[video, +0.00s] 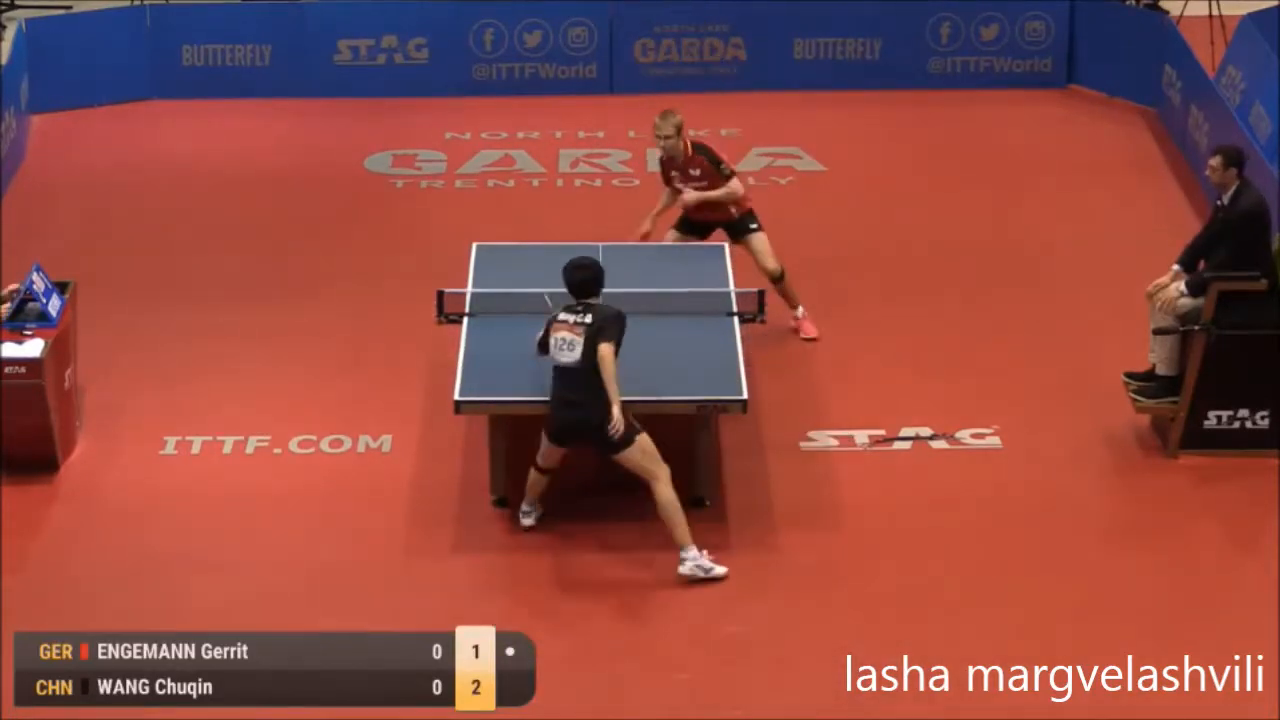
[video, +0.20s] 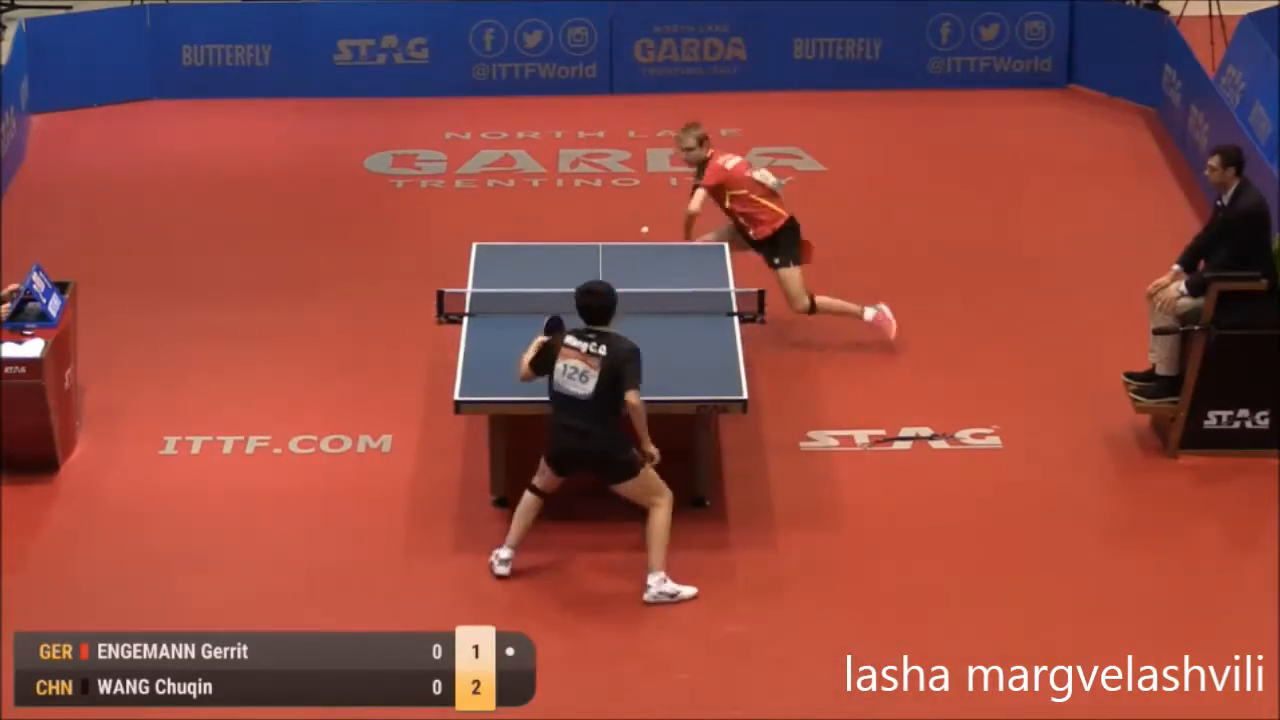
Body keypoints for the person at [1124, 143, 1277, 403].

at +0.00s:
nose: (1207, 173)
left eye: (1213, 169)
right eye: (1208, 168)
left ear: (1232, 172)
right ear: (1225, 172)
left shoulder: (1249, 206)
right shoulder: (1226, 199)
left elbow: (1229, 265)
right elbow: (1204, 240)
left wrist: (1183, 288)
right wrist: (1173, 274)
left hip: (1241, 292)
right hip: (1223, 280)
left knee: (1168, 307)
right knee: (1158, 297)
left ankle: (1168, 379)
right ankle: (1159, 370)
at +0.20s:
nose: (1206, 174)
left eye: (1212, 169)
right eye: (1207, 168)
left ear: (1231, 172)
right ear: (1225, 172)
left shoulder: (1248, 206)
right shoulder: (1226, 199)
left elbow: (1229, 265)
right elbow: (1205, 240)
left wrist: (1184, 288)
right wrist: (1173, 274)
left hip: (1242, 292)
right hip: (1224, 280)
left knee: (1168, 307)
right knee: (1159, 297)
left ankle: (1168, 379)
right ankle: (1159, 370)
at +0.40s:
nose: (1206, 174)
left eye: (1212, 170)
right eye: (1207, 169)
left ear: (1231, 172)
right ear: (1225, 172)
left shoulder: (1248, 206)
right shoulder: (1226, 199)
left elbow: (1229, 264)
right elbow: (1205, 240)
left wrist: (1184, 288)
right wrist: (1173, 274)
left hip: (1242, 292)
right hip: (1224, 280)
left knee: (1168, 307)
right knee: (1159, 297)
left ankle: (1168, 379)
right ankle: (1159, 370)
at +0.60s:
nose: (1207, 175)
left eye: (1213, 170)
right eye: (1207, 169)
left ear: (1232, 172)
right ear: (1224, 172)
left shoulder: (1249, 206)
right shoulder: (1226, 199)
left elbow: (1229, 264)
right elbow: (1205, 240)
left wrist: (1184, 288)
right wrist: (1173, 274)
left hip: (1242, 292)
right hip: (1224, 280)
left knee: (1168, 307)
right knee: (1159, 297)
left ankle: (1168, 379)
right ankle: (1159, 370)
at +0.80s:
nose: (1207, 175)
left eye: (1213, 170)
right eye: (1207, 169)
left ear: (1233, 171)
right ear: (1224, 172)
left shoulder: (1249, 206)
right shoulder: (1226, 199)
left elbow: (1229, 264)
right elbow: (1205, 240)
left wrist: (1183, 288)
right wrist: (1173, 274)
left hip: (1242, 292)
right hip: (1224, 280)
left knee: (1168, 307)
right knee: (1158, 297)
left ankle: (1168, 379)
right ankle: (1159, 370)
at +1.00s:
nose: (1207, 175)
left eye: (1213, 170)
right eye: (1207, 170)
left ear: (1233, 171)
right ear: (1224, 172)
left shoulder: (1248, 206)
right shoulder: (1226, 199)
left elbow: (1229, 264)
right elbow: (1205, 240)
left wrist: (1183, 288)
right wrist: (1173, 274)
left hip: (1242, 292)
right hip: (1224, 280)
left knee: (1168, 307)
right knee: (1158, 297)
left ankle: (1168, 379)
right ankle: (1159, 370)